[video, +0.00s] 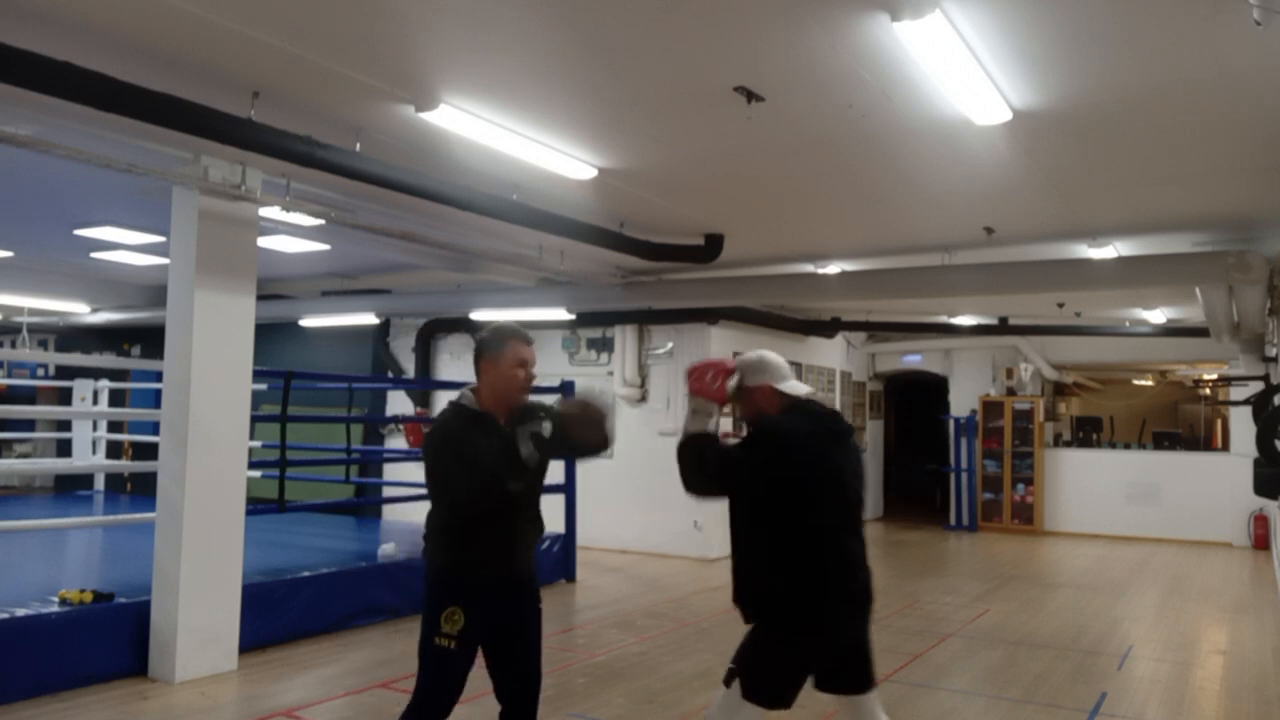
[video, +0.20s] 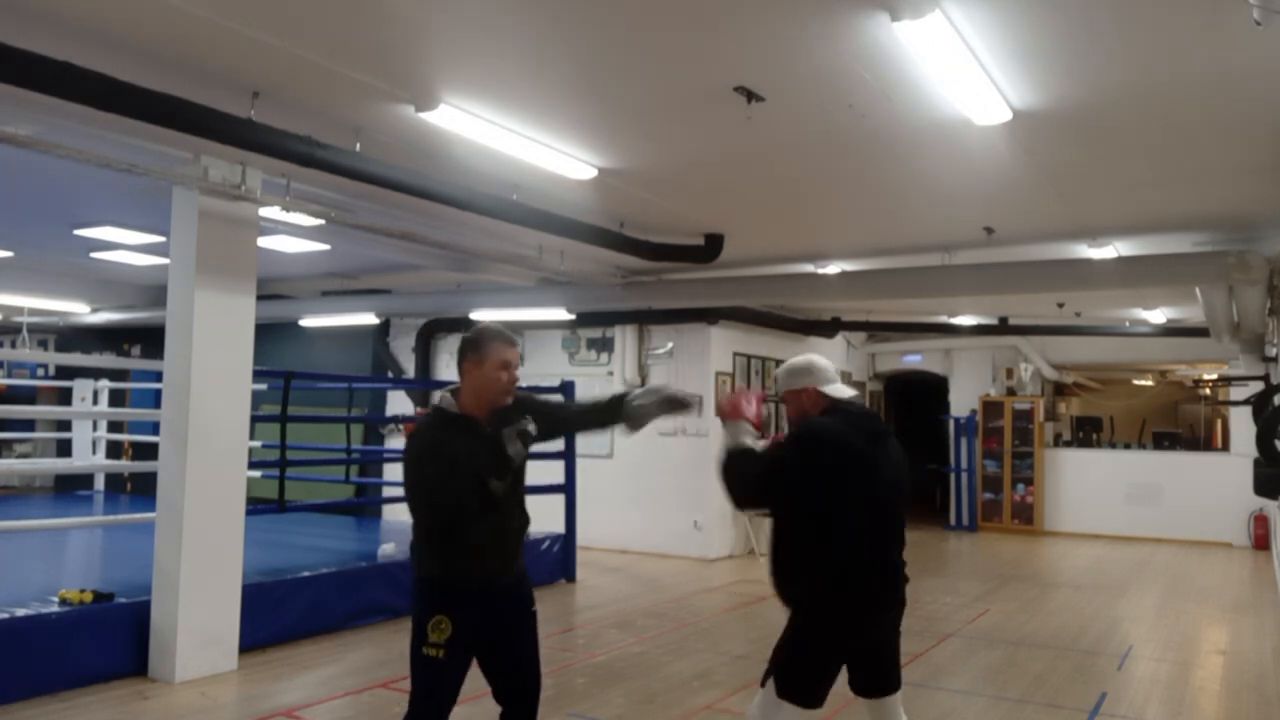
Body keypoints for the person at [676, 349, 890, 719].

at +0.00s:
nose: (742, 413)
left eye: (742, 401)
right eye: (739, 404)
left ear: (763, 393)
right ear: (777, 389)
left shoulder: (771, 439)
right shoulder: (833, 428)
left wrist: (700, 410)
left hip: (792, 607)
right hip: (844, 599)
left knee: (734, 705)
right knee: (862, 701)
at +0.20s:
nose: (786, 411)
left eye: (787, 401)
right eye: (784, 402)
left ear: (808, 395)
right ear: (826, 392)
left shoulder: (813, 440)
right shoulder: (875, 431)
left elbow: (748, 489)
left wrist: (738, 428)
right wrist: (782, 450)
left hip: (825, 601)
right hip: (881, 594)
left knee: (775, 705)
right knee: (885, 702)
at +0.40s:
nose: (784, 406)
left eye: (787, 393)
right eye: (783, 395)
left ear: (815, 388)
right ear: (822, 387)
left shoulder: (839, 434)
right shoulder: (868, 425)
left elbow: (805, 516)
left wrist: (770, 460)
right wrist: (784, 455)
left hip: (835, 600)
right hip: (875, 595)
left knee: (777, 707)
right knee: (877, 705)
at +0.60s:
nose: (771, 406)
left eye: (774, 393)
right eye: (770, 395)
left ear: (804, 388)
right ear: (805, 388)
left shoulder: (838, 433)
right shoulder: (857, 424)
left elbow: (812, 525)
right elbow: (814, 521)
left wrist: (765, 464)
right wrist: (758, 482)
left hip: (834, 606)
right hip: (868, 599)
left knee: (788, 707)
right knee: (873, 704)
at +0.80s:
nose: (779, 414)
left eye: (782, 400)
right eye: (777, 402)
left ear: (814, 394)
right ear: (815, 394)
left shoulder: (843, 440)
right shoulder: (862, 431)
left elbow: (799, 527)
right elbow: (807, 513)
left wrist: (738, 496)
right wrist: (763, 463)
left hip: (842, 610)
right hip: (877, 603)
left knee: (773, 707)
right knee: (877, 710)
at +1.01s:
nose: (764, 415)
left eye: (767, 403)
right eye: (762, 405)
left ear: (797, 398)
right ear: (802, 397)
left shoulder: (809, 442)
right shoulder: (854, 434)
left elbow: (732, 490)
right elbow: (817, 505)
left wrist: (678, 452)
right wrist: (760, 466)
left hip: (821, 608)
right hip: (873, 600)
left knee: (765, 709)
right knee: (871, 705)